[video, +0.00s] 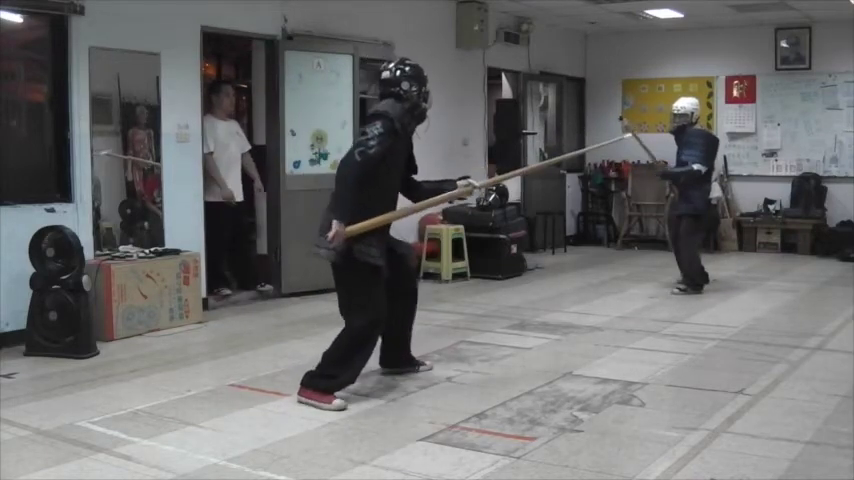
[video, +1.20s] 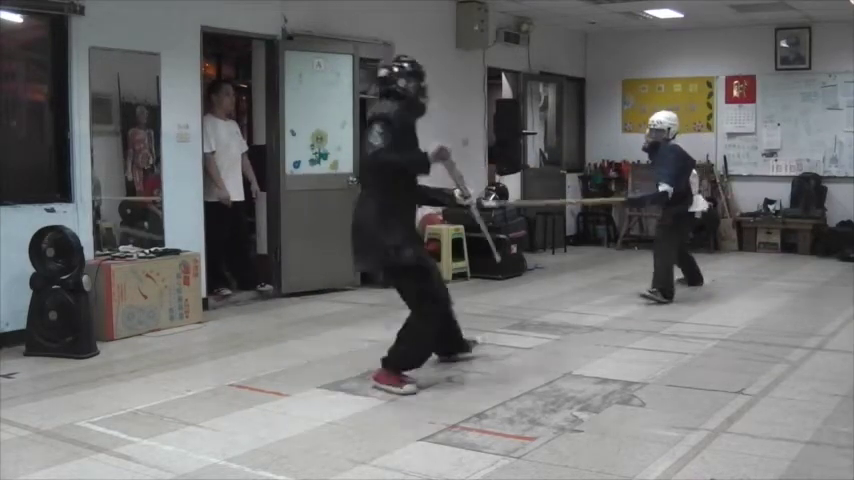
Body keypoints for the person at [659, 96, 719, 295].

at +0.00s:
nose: (676, 120)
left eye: (681, 116)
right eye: (675, 116)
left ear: (692, 117)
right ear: (673, 115)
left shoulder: (698, 137)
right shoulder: (684, 138)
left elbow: (698, 170)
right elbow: (686, 168)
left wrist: (668, 173)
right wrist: (669, 169)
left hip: (695, 196)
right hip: (684, 195)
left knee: (685, 235)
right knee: (678, 234)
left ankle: (694, 281)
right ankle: (693, 275)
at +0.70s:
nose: (665, 128)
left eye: (670, 124)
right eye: (663, 124)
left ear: (680, 125)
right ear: (661, 123)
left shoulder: (686, 144)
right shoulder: (671, 144)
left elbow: (678, 175)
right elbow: (672, 171)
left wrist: (653, 179)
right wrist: (661, 178)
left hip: (690, 200)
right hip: (682, 198)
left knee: (678, 238)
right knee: (678, 236)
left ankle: (676, 285)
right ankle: (696, 273)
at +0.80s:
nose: (662, 132)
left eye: (667, 128)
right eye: (660, 127)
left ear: (678, 129)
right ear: (658, 127)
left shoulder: (679, 149)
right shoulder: (669, 148)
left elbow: (669, 180)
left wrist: (636, 188)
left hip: (685, 206)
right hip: (680, 204)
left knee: (668, 243)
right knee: (676, 241)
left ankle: (673, 286)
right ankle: (695, 274)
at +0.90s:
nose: (661, 133)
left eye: (666, 129)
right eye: (660, 129)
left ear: (678, 130)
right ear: (657, 129)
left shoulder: (680, 150)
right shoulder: (668, 148)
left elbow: (668, 179)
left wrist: (636, 188)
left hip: (686, 206)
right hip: (680, 205)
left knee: (666, 239)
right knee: (668, 239)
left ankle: (672, 286)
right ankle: (690, 275)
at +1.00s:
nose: (662, 134)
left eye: (667, 130)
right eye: (660, 130)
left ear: (678, 131)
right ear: (657, 130)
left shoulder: (680, 150)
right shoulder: (668, 149)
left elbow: (666, 180)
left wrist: (635, 190)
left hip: (686, 207)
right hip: (679, 205)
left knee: (664, 240)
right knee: (668, 240)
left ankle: (672, 285)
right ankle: (689, 275)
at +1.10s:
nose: (659, 134)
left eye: (664, 130)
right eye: (658, 130)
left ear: (675, 132)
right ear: (655, 130)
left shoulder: (676, 151)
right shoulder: (665, 151)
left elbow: (663, 185)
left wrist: (633, 194)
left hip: (684, 208)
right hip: (677, 207)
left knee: (663, 240)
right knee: (669, 241)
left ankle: (671, 287)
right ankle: (690, 276)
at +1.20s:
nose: (653, 136)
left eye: (658, 132)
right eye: (652, 131)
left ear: (669, 133)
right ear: (649, 130)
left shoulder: (668, 153)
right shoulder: (662, 150)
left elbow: (665, 193)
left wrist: (639, 200)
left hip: (677, 206)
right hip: (678, 204)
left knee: (663, 244)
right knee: (675, 243)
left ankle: (663, 290)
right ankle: (693, 276)